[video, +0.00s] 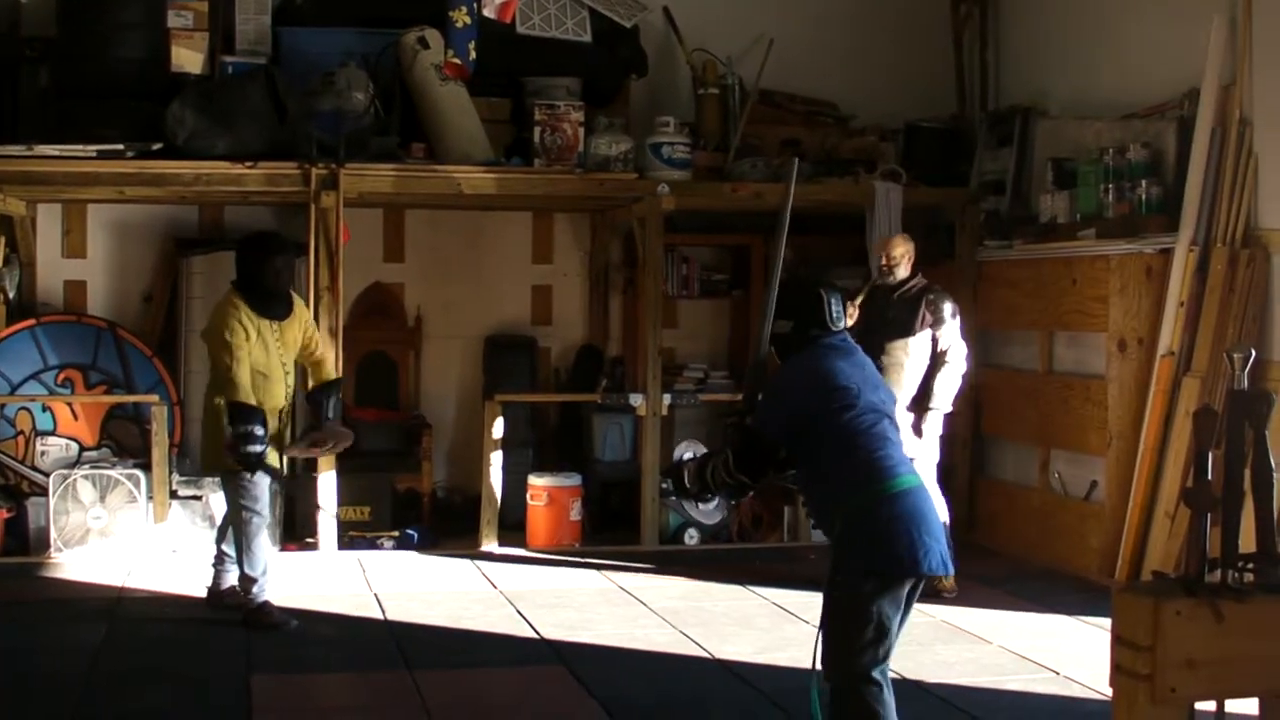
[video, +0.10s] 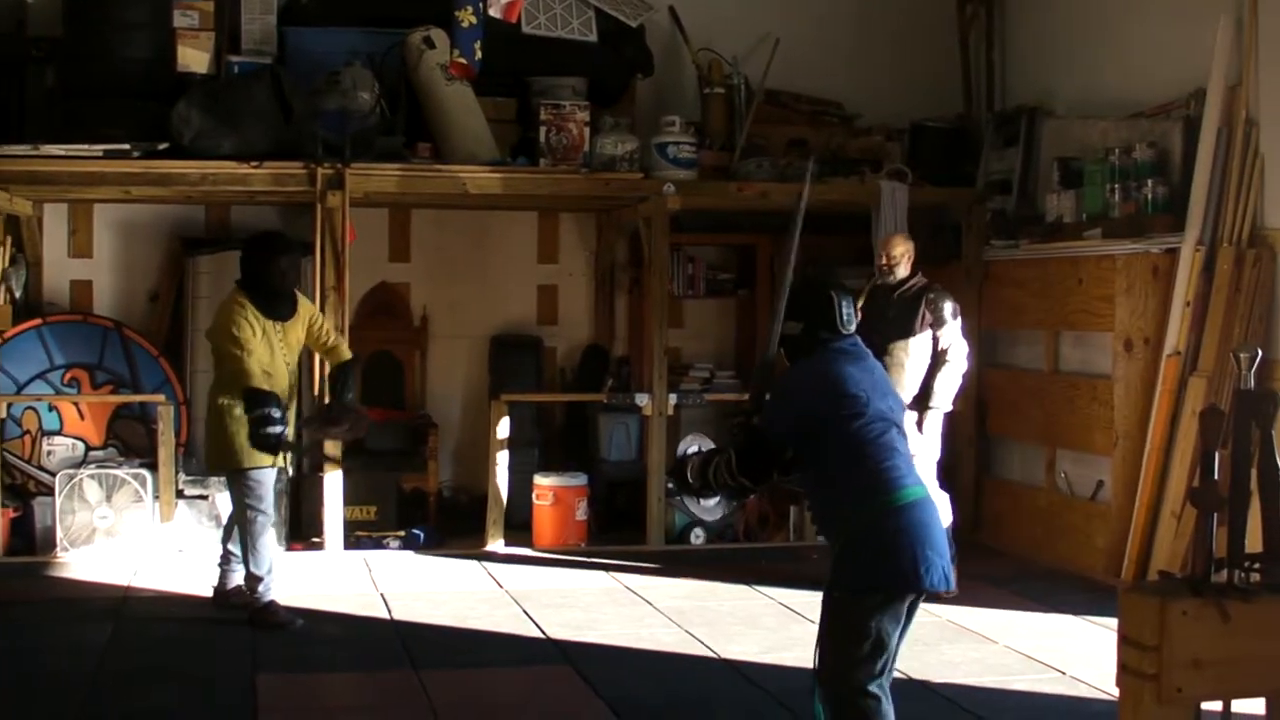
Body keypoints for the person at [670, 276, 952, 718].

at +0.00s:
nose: (773, 335)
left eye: (778, 325)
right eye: (775, 325)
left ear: (790, 326)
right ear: (830, 321)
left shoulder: (803, 373)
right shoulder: (858, 364)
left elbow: (747, 462)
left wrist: (691, 477)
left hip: (879, 535)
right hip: (914, 528)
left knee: (854, 674)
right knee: (866, 668)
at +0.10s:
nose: (782, 332)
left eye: (787, 321)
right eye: (784, 321)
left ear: (798, 326)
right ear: (843, 321)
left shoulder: (810, 378)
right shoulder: (866, 367)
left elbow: (751, 464)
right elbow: (832, 458)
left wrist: (693, 470)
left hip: (880, 541)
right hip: (917, 532)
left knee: (850, 685)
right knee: (869, 680)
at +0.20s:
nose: (795, 334)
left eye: (801, 323)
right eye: (798, 322)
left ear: (811, 329)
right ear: (857, 324)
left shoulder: (820, 381)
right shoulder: (881, 373)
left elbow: (763, 464)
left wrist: (709, 469)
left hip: (882, 547)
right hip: (924, 539)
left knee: (844, 691)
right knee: (878, 689)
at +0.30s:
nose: (798, 327)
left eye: (805, 317)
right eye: (802, 316)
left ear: (815, 322)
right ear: (860, 318)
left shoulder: (819, 377)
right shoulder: (884, 370)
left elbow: (762, 463)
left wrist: (710, 469)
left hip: (877, 556)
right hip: (924, 547)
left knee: (840, 696)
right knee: (882, 695)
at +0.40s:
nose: (799, 326)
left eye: (805, 315)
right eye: (802, 315)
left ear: (816, 318)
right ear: (860, 314)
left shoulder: (822, 371)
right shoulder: (884, 363)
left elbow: (764, 458)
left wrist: (712, 462)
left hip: (878, 558)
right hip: (925, 549)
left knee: (844, 698)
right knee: (881, 694)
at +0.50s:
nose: (795, 319)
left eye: (801, 307)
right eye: (798, 307)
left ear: (813, 312)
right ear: (858, 307)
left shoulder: (820, 369)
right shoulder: (881, 359)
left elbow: (755, 457)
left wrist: (696, 452)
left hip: (881, 555)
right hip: (918, 545)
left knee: (850, 696)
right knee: (862, 689)